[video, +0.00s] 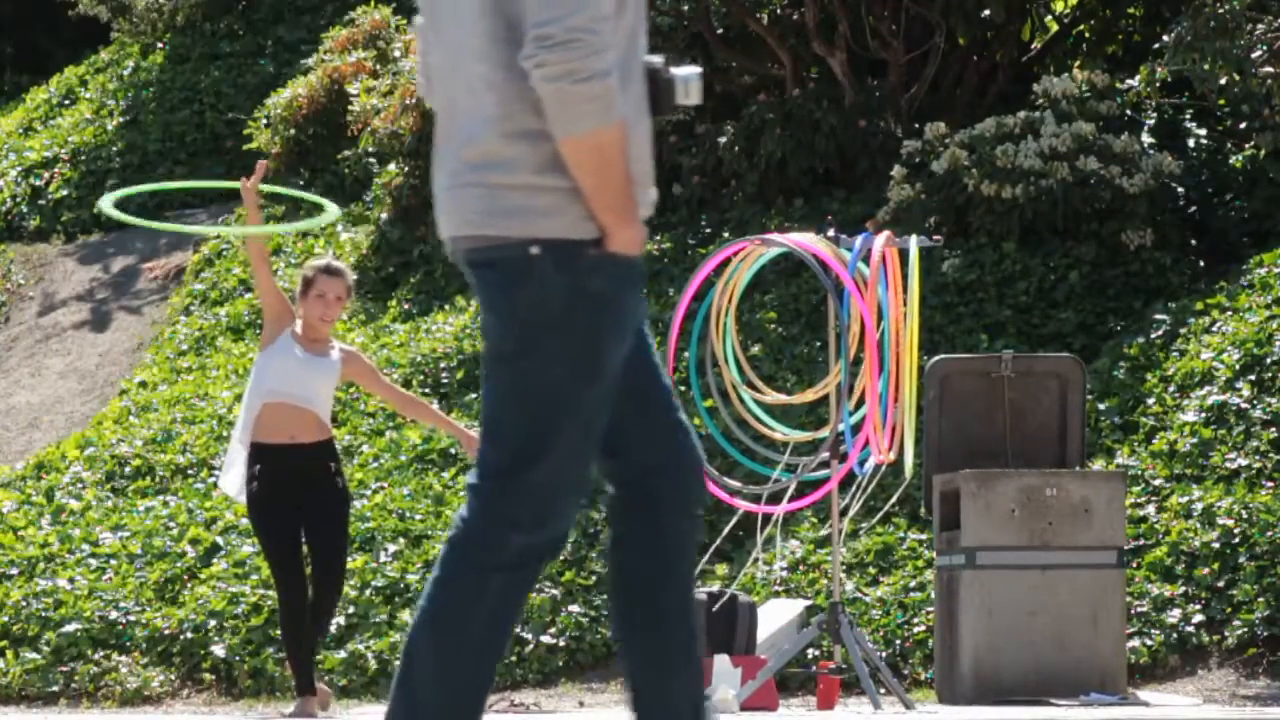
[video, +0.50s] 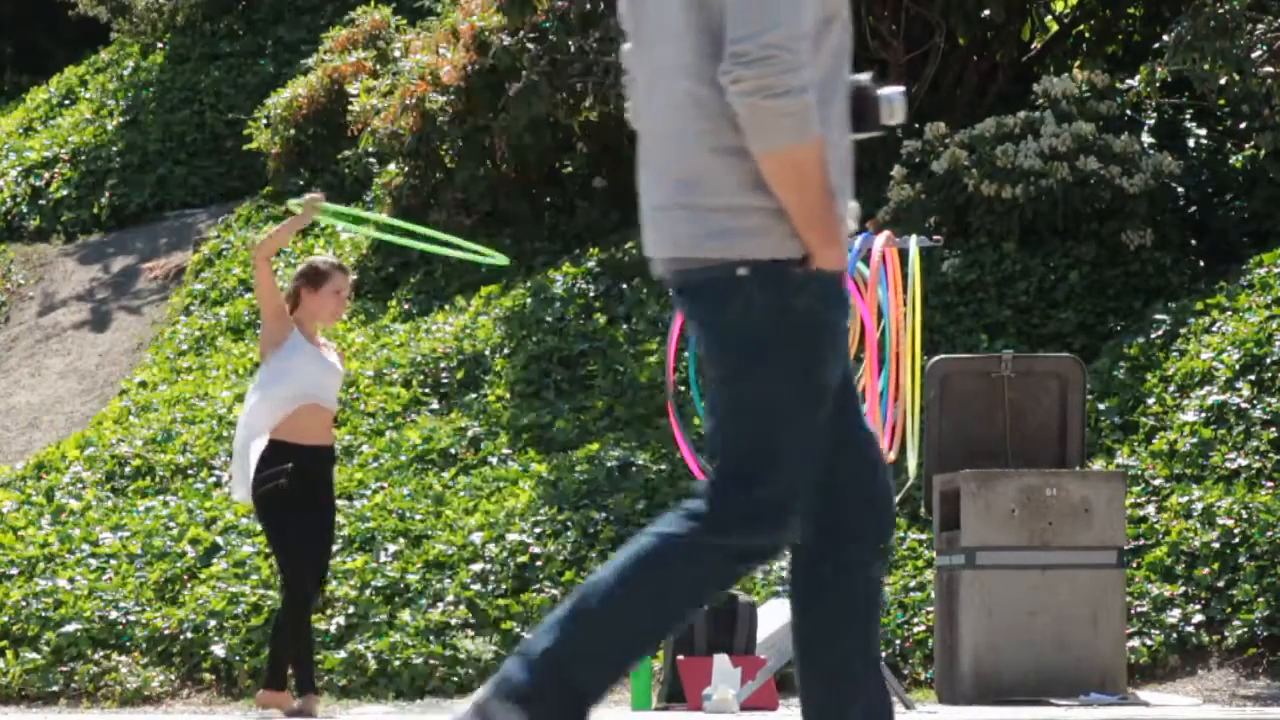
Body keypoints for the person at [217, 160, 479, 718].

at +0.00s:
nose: (327, 306)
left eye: (336, 300)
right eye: (320, 296)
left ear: (345, 306)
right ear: (301, 296)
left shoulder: (344, 357)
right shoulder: (279, 323)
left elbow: (401, 400)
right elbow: (259, 261)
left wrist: (460, 433)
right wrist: (251, 202)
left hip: (319, 466)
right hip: (265, 466)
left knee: (329, 583)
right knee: (291, 588)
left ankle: (302, 664)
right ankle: (306, 694)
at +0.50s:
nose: (343, 303)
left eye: (347, 295)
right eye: (337, 293)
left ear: (334, 302)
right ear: (306, 293)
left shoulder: (330, 349)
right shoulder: (278, 329)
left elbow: (318, 412)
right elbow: (260, 254)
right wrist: (303, 217)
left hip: (321, 467)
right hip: (281, 464)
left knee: (307, 583)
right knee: (298, 582)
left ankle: (274, 686)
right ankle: (306, 693)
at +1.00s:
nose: (315, 295)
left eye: (314, 287)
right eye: (311, 288)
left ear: (275, 294)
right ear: (298, 291)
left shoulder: (258, 341)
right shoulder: (298, 326)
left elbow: (223, 399)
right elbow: (363, 293)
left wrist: (259, 407)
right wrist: (380, 268)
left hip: (250, 482)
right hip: (294, 479)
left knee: (275, 585)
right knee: (318, 582)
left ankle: (269, 695)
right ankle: (318, 693)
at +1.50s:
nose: (256, 308)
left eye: (261, 300)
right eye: (255, 300)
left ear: (284, 300)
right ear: (297, 300)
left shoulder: (263, 347)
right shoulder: (334, 340)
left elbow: (273, 412)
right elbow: (333, 391)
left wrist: (325, 409)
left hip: (263, 473)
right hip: (312, 473)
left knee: (263, 581)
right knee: (274, 579)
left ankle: (269, 689)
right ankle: (292, 681)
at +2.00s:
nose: (304, 312)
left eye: (313, 304)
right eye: (295, 303)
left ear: (322, 304)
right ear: (277, 299)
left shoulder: (326, 343)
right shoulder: (259, 347)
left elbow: (354, 408)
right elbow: (240, 410)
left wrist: (309, 409)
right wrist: (197, 435)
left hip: (317, 468)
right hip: (266, 470)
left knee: (304, 580)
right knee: (265, 582)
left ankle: (303, 688)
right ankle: (269, 686)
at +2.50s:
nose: (346, 314)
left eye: (347, 306)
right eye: (343, 305)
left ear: (322, 303)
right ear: (320, 301)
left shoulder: (320, 345)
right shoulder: (294, 351)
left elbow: (321, 410)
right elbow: (290, 419)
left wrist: (347, 449)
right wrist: (333, 458)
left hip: (329, 476)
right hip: (312, 479)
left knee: (336, 583)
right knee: (337, 583)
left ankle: (294, 684)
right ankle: (265, 663)